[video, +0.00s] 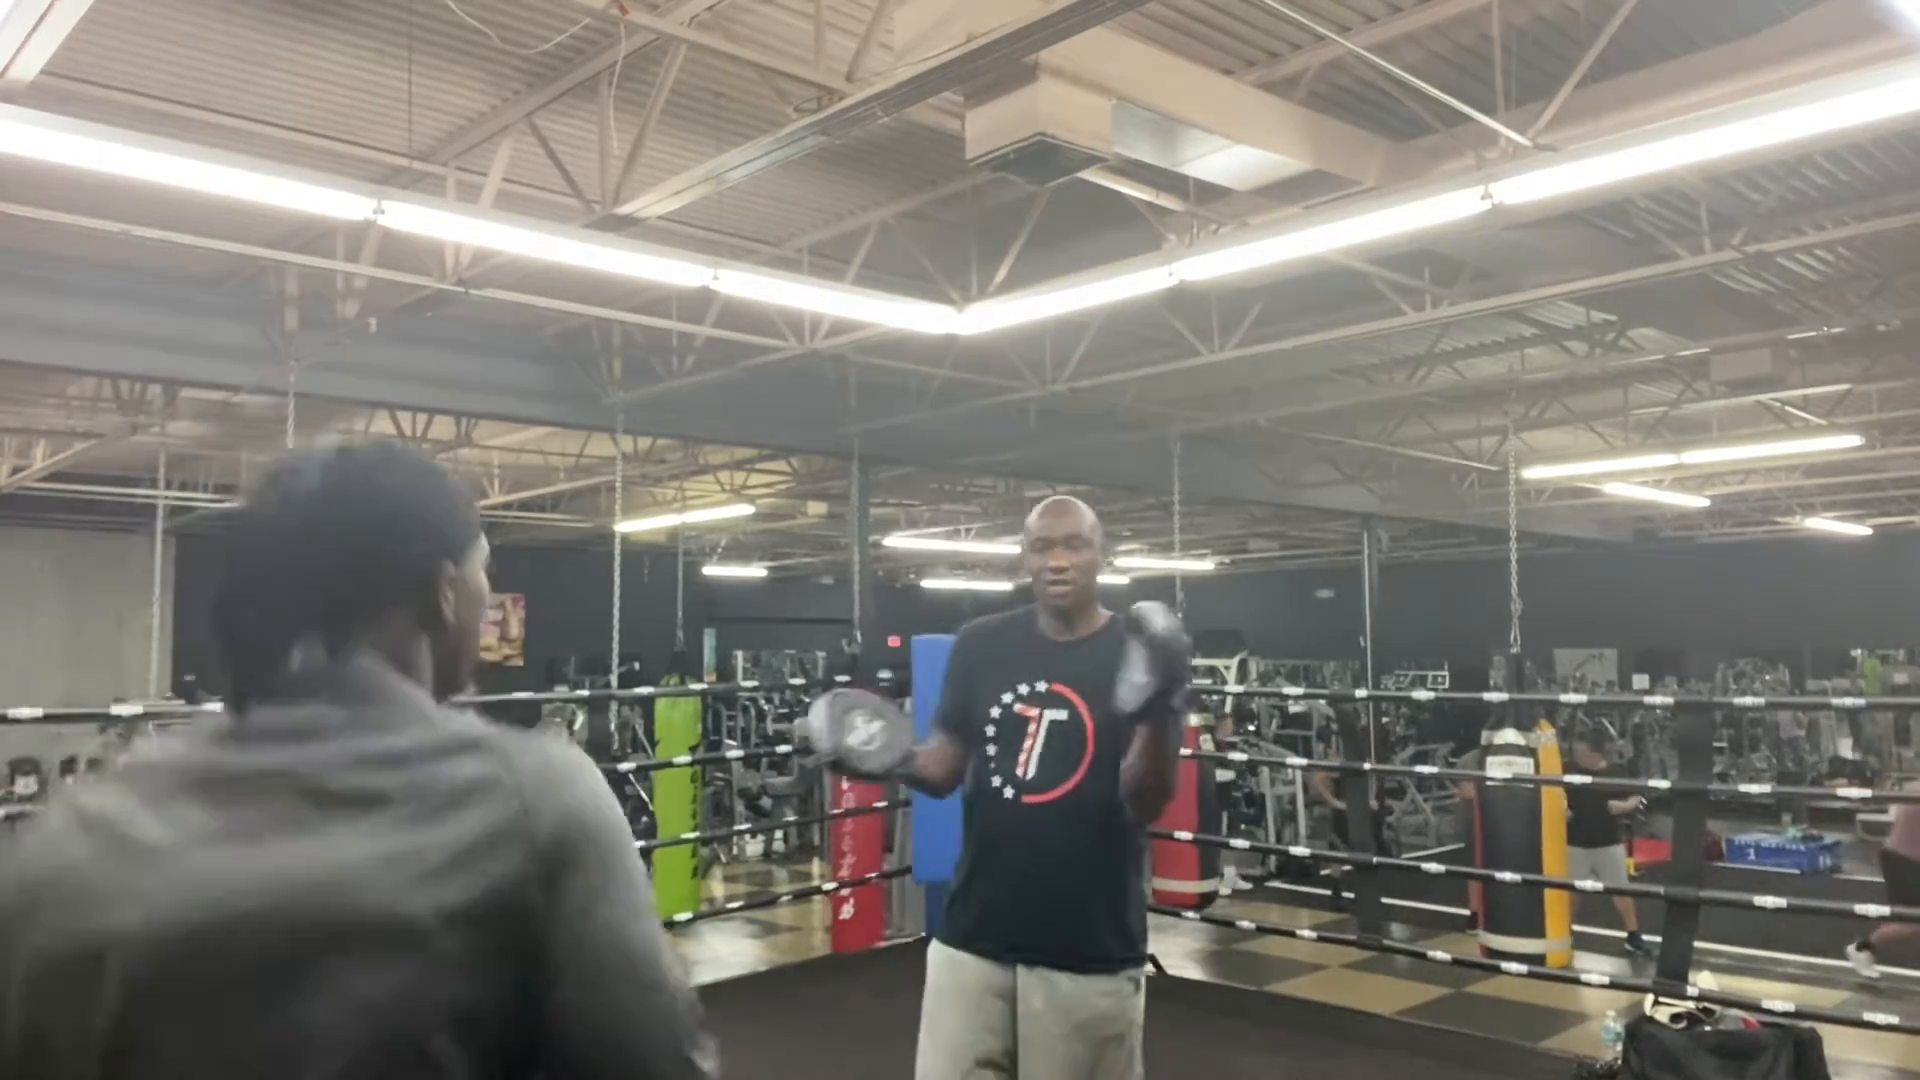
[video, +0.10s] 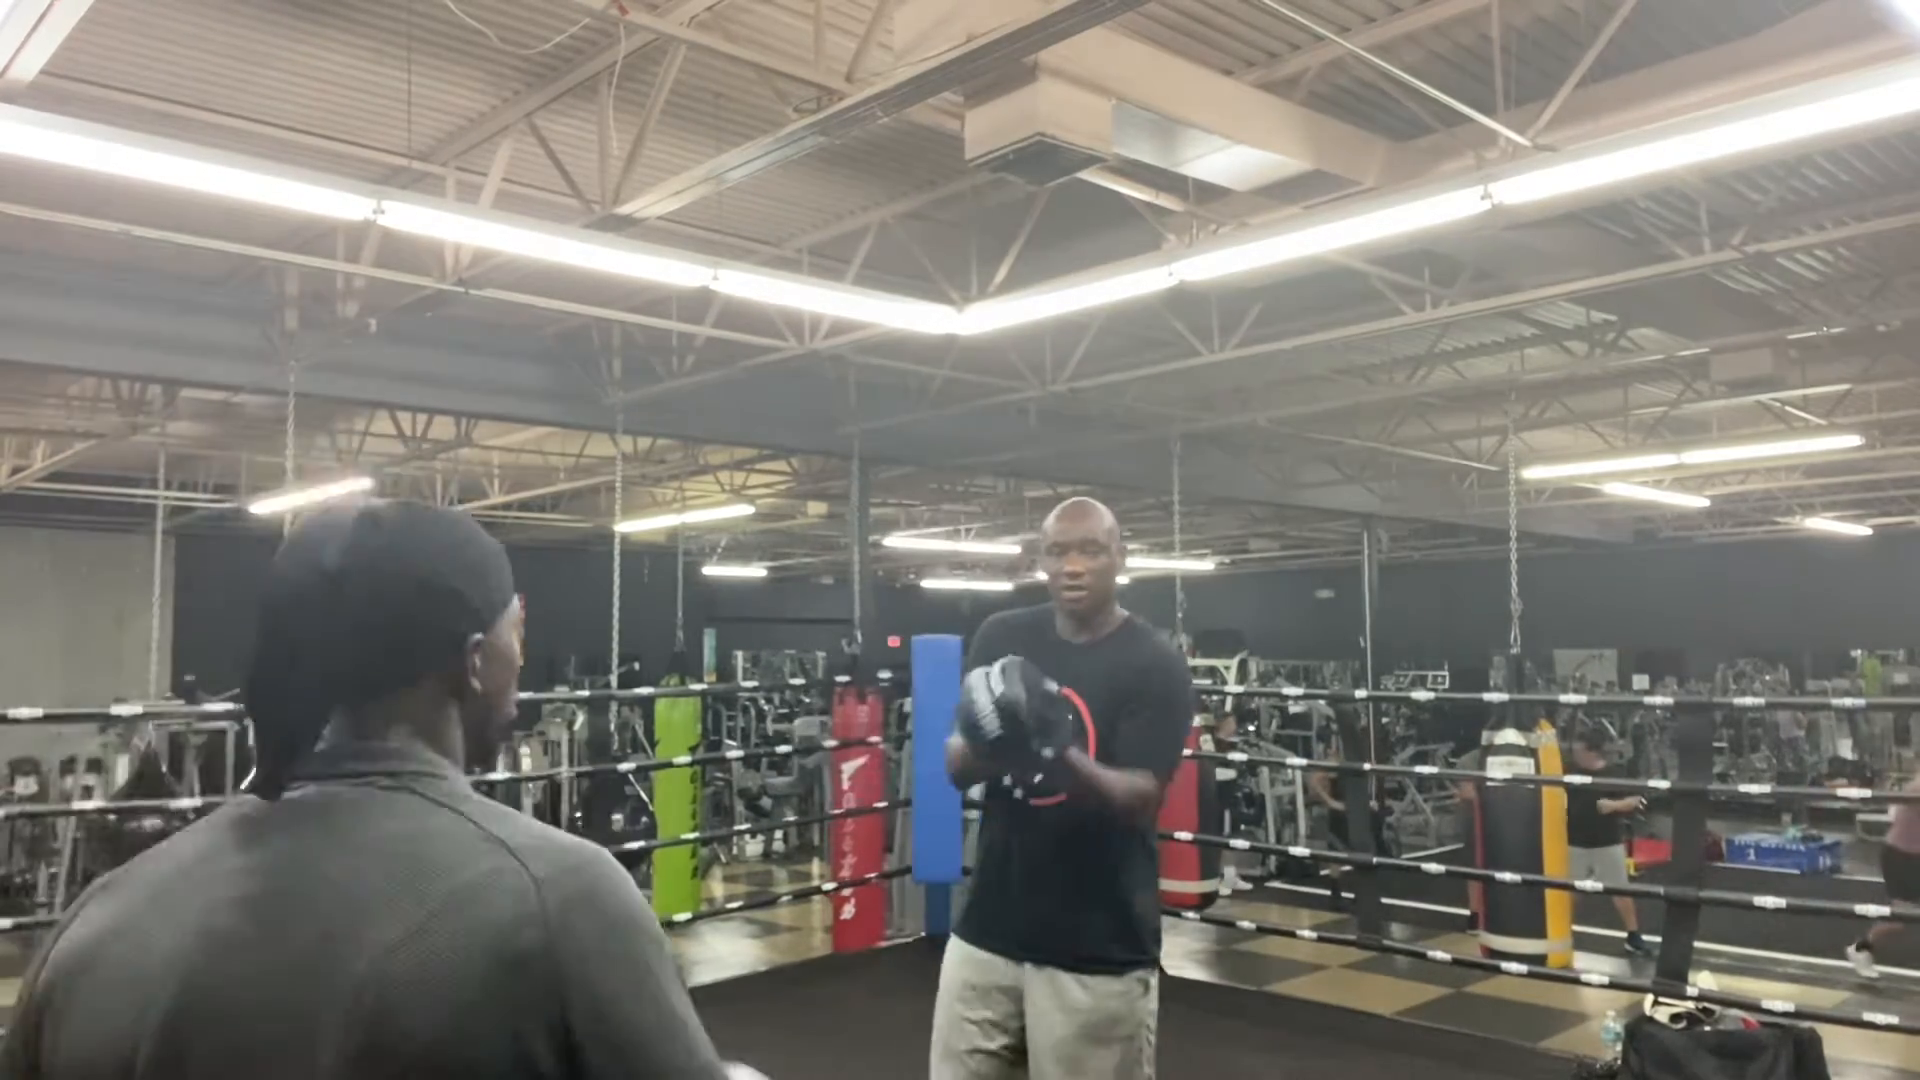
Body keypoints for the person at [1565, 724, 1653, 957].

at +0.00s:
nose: (1575, 752)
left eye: (1580, 747)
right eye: (1575, 747)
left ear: (1596, 750)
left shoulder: (1615, 774)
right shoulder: (1567, 773)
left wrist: (1627, 805)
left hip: (1608, 841)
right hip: (1575, 842)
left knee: (1620, 890)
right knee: (1571, 890)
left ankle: (1633, 934)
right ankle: (1564, 932)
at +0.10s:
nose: (1576, 753)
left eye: (1580, 749)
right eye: (1579, 749)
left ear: (1593, 750)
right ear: (1575, 751)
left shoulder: (1615, 774)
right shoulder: (1568, 775)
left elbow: (1637, 800)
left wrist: (1613, 805)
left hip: (1608, 841)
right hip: (1575, 841)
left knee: (1620, 890)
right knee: (1569, 892)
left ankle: (1633, 935)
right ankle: (1561, 935)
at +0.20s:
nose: (1589, 760)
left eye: (1594, 755)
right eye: (1585, 754)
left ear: (1599, 754)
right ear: (1576, 751)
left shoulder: (1613, 774)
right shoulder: (1567, 773)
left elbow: (1634, 802)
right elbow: (1584, 805)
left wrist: (1608, 805)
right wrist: (1621, 803)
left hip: (1608, 841)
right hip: (1575, 841)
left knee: (1620, 890)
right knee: (1569, 891)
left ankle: (1633, 934)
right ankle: (1561, 934)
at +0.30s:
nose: (1571, 758)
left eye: (1575, 753)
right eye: (1573, 753)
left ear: (1587, 753)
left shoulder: (1613, 773)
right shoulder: (1569, 775)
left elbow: (1634, 799)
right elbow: (1587, 806)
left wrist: (1602, 804)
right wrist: (1622, 802)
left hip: (1608, 841)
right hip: (1575, 842)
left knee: (1620, 889)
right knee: (1568, 891)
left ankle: (1633, 934)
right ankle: (1562, 936)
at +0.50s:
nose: (1565, 757)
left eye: (1569, 753)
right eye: (1567, 753)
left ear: (1585, 754)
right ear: (1570, 751)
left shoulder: (1610, 772)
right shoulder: (1560, 773)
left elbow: (1635, 798)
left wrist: (1600, 805)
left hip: (1606, 841)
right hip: (1572, 842)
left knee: (1619, 889)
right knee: (1568, 893)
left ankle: (1633, 934)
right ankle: (1565, 938)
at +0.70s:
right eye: (1585, 754)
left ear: (1594, 753)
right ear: (1572, 749)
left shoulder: (1606, 772)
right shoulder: (1558, 772)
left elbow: (1631, 796)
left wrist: (1603, 802)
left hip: (1604, 841)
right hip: (1571, 843)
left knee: (1619, 889)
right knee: (1565, 892)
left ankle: (1633, 935)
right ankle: (1563, 938)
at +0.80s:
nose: (1575, 757)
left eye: (1578, 751)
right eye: (1572, 752)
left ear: (1589, 753)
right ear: (1567, 753)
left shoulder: (1607, 772)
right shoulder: (1562, 776)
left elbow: (1632, 794)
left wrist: (1611, 797)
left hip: (1604, 841)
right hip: (1573, 843)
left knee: (1619, 889)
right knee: (1567, 893)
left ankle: (1633, 935)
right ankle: (1563, 938)